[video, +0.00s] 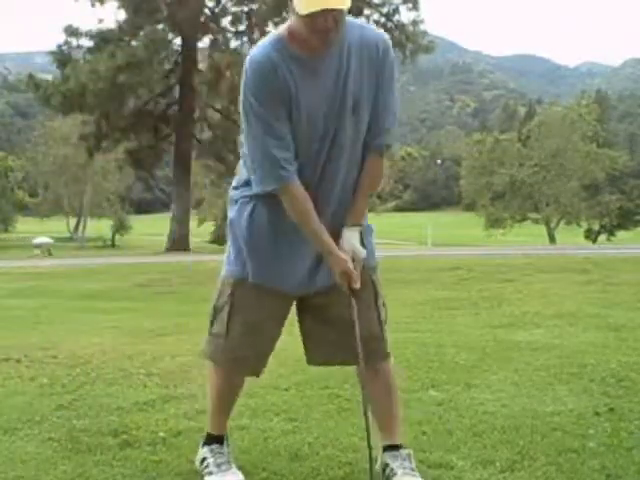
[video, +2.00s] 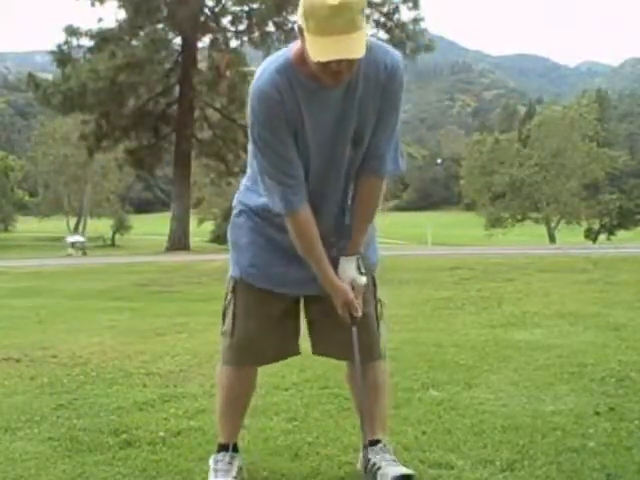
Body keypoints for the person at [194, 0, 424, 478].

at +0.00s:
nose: (328, 21)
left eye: (336, 10)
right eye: (315, 13)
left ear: (349, 4)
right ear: (293, 8)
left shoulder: (375, 47)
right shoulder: (266, 63)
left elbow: (376, 149)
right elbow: (279, 174)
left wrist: (352, 228)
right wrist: (329, 249)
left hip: (343, 225)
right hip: (269, 223)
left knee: (373, 344)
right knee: (236, 343)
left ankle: (394, 455)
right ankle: (214, 446)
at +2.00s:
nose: (337, 64)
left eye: (348, 52)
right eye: (324, 54)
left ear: (363, 33)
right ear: (302, 35)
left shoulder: (385, 68)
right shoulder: (272, 86)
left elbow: (375, 169)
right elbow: (290, 199)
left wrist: (352, 256)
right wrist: (328, 277)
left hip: (346, 226)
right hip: (269, 225)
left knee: (367, 341)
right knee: (243, 342)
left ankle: (377, 450)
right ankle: (226, 454)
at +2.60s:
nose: (351, 48)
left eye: (359, 36)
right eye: (338, 39)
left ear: (374, 19)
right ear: (315, 26)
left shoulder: (397, 46)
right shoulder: (296, 84)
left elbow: (409, 148)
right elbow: (341, 195)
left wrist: (410, 232)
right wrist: (399, 259)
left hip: (372, 223)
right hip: (299, 227)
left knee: (386, 341)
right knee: (265, 347)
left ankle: (379, 452)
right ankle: (229, 455)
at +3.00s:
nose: (307, 37)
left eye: (318, 24)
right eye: (294, 27)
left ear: (336, 10)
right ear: (277, 18)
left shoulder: (365, 32)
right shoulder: (264, 81)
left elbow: (394, 128)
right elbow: (317, 186)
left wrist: (398, 208)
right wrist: (382, 249)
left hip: (346, 217)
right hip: (269, 221)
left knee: (369, 339)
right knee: (241, 348)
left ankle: (378, 455)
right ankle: (226, 457)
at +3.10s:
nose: (292, 31)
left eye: (303, 19)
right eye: (281, 21)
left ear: (322, 10)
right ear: (264, 16)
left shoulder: (357, 39)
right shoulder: (240, 73)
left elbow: (362, 145)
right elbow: (257, 180)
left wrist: (333, 236)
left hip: (340, 216)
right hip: (257, 217)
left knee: (366, 338)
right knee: (236, 344)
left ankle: (376, 453)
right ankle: (226, 457)